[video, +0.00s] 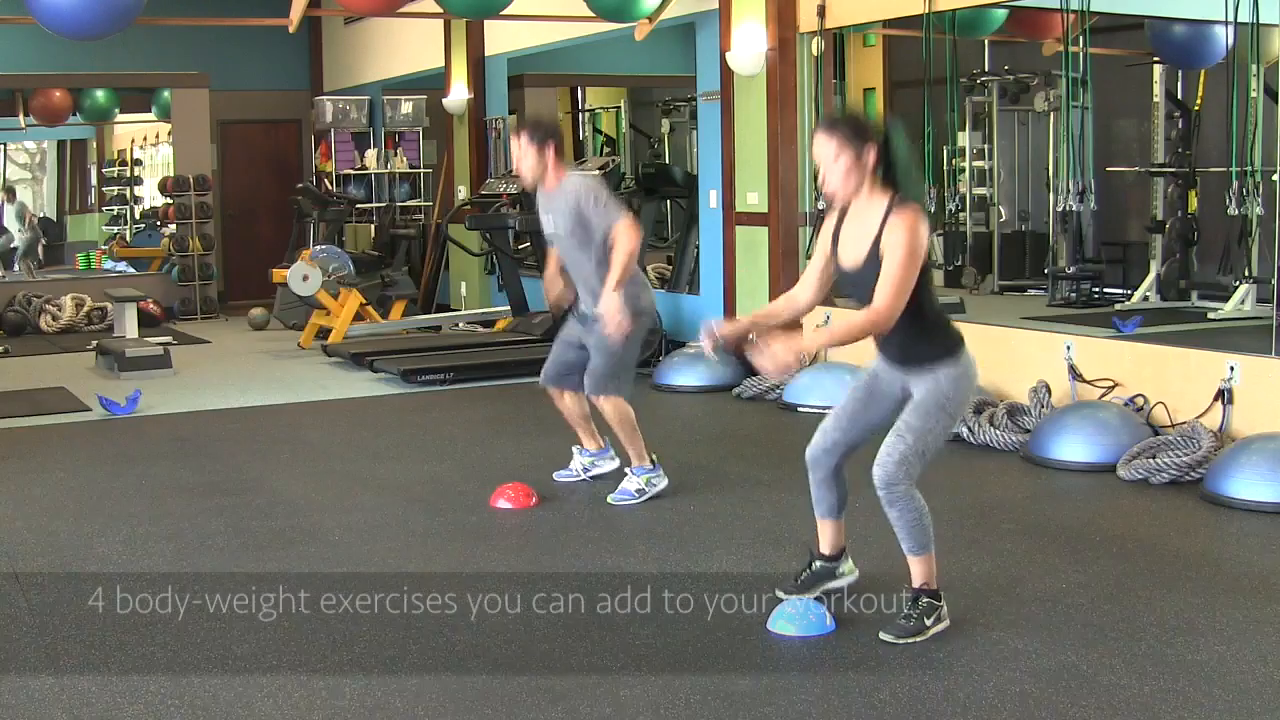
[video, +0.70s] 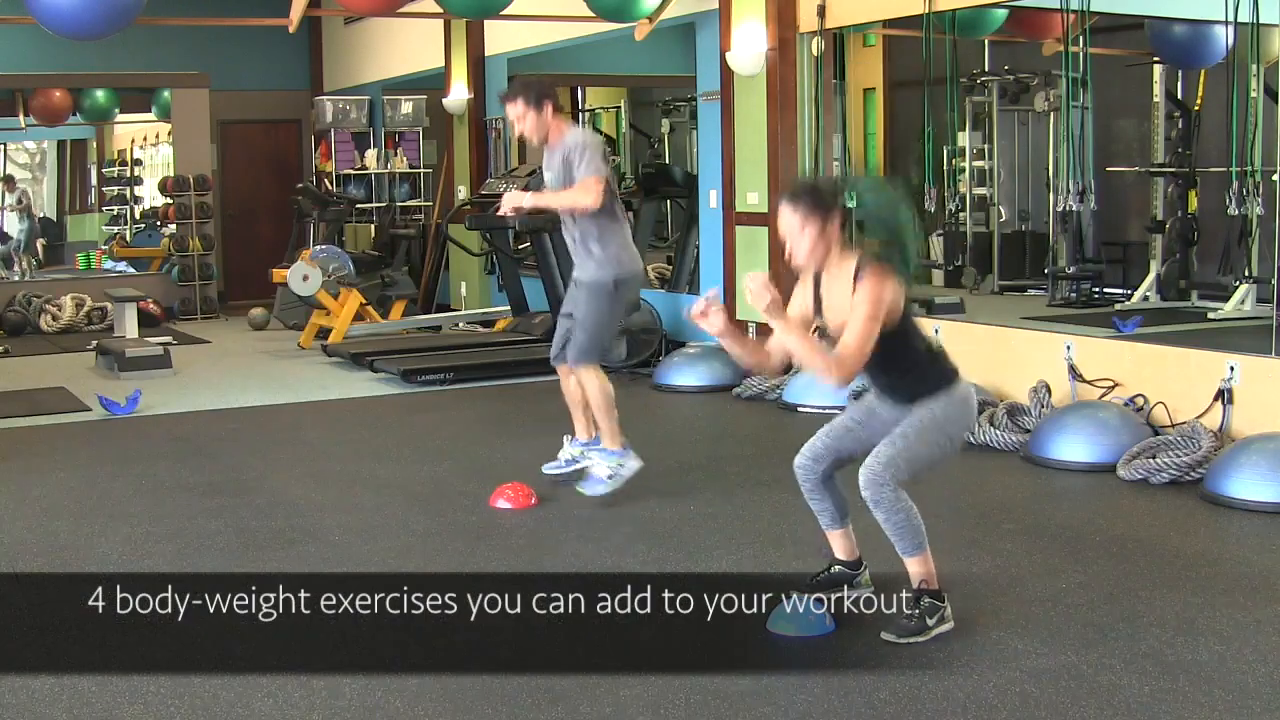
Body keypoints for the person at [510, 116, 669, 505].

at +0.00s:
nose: (515, 164)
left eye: (521, 154)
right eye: (514, 154)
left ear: (548, 151)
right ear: (538, 154)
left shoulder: (584, 186)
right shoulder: (544, 195)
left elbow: (628, 231)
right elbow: (560, 240)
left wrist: (612, 292)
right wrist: (552, 277)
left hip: (621, 307)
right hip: (586, 308)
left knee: (603, 389)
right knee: (558, 381)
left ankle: (646, 470)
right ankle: (596, 452)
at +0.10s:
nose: (518, 124)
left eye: (521, 114)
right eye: (515, 115)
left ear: (548, 109)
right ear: (536, 111)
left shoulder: (583, 144)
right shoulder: (550, 153)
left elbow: (642, 176)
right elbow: (588, 207)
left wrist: (636, 238)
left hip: (608, 276)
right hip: (577, 277)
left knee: (595, 366)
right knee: (562, 361)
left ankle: (630, 453)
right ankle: (589, 439)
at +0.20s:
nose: (516, 106)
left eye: (519, 96)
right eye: (514, 97)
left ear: (546, 93)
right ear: (539, 95)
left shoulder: (582, 127)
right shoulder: (549, 134)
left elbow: (642, 161)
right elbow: (588, 186)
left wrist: (641, 223)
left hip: (600, 257)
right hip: (578, 256)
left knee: (574, 347)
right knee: (569, 347)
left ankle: (597, 440)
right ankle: (588, 438)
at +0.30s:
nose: (515, 115)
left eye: (519, 105)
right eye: (513, 106)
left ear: (546, 102)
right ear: (541, 104)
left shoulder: (582, 137)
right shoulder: (547, 145)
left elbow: (636, 178)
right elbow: (583, 202)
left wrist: (629, 240)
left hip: (597, 264)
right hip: (573, 263)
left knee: (556, 347)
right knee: (570, 357)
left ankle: (562, 441)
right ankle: (596, 447)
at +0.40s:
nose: (520, 133)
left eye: (526, 124)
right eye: (518, 124)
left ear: (553, 122)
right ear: (544, 125)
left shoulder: (583, 159)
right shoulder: (550, 168)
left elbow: (629, 203)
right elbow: (575, 221)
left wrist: (600, 252)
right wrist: (556, 254)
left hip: (597, 288)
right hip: (576, 288)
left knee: (541, 365)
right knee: (569, 384)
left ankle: (553, 457)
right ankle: (606, 460)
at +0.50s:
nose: (522, 127)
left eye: (527, 117)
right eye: (519, 118)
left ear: (554, 114)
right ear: (539, 118)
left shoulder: (585, 149)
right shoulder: (550, 157)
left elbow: (622, 195)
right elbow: (569, 210)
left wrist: (569, 228)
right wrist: (540, 230)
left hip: (601, 280)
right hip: (577, 280)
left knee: (549, 356)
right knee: (574, 372)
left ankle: (555, 449)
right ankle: (603, 456)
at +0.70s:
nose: (517, 129)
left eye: (521, 119)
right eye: (514, 121)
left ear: (546, 110)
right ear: (539, 114)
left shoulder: (583, 142)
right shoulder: (552, 151)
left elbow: (592, 197)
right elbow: (568, 199)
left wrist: (531, 199)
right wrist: (526, 200)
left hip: (612, 271)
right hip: (586, 271)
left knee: (583, 359)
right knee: (562, 359)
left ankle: (617, 452)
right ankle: (585, 442)